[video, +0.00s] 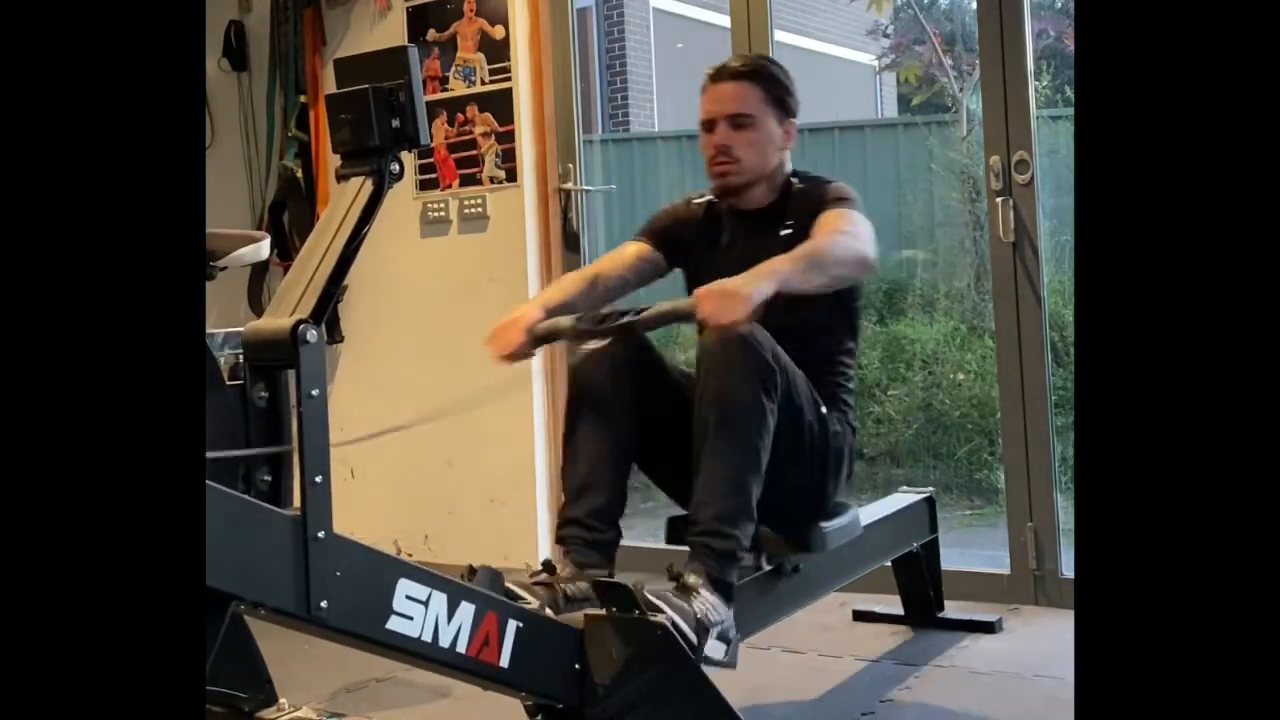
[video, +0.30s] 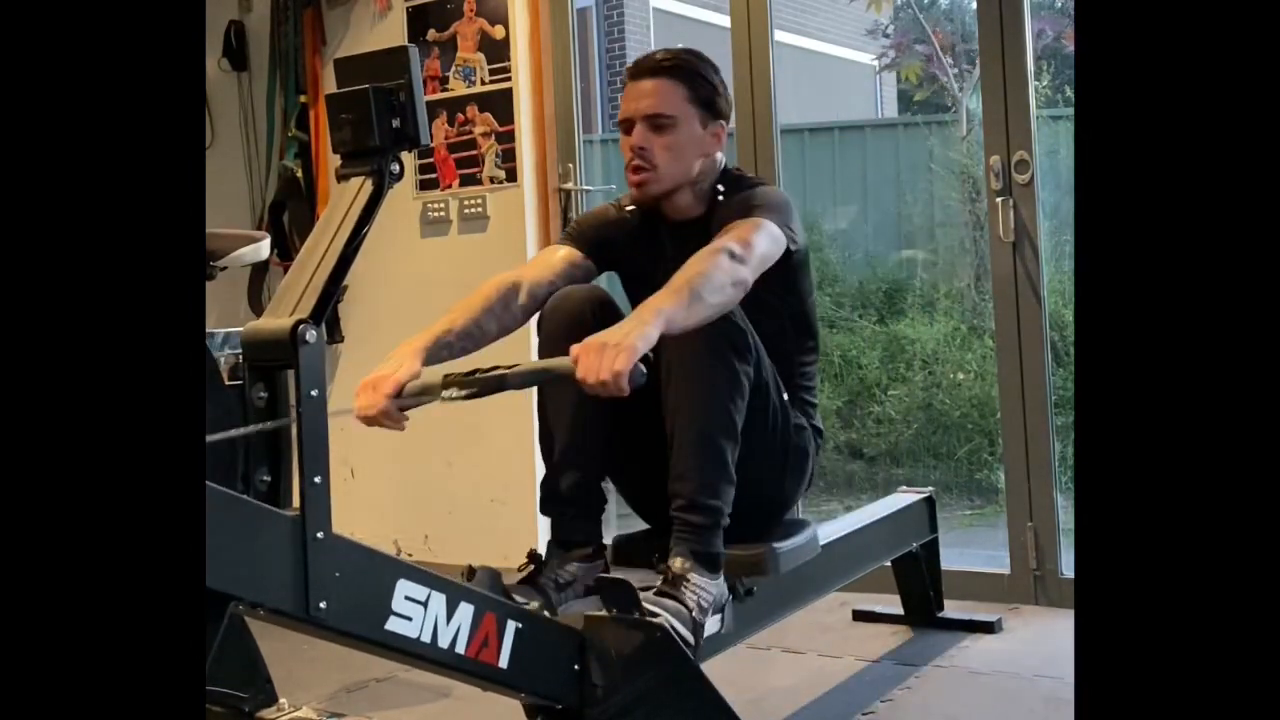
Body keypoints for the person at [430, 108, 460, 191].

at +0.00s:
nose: (446, 118)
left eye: (446, 116)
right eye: (445, 116)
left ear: (442, 116)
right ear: (440, 116)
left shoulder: (443, 125)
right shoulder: (437, 123)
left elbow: (453, 132)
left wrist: (457, 122)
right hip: (440, 147)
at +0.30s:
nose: (446, 118)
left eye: (446, 115)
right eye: (445, 115)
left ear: (443, 116)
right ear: (440, 116)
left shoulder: (443, 125)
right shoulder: (437, 123)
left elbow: (453, 132)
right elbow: (439, 138)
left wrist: (457, 122)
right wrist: (442, 150)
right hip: (439, 147)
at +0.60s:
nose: (446, 118)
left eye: (446, 115)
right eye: (445, 115)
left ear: (443, 116)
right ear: (440, 116)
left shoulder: (443, 125)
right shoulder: (437, 123)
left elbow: (453, 132)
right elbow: (439, 137)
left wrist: (457, 122)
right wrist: (442, 150)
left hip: (442, 146)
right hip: (439, 147)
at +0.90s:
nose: (446, 118)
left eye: (446, 115)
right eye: (444, 115)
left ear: (444, 116)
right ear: (440, 116)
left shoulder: (443, 124)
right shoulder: (437, 124)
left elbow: (453, 132)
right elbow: (439, 139)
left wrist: (457, 122)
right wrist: (442, 150)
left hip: (443, 148)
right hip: (439, 148)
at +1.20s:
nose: (446, 118)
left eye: (446, 116)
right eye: (444, 116)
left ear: (444, 116)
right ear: (440, 116)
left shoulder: (443, 124)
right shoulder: (437, 124)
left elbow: (453, 132)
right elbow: (438, 139)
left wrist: (457, 122)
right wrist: (442, 150)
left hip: (443, 148)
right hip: (439, 148)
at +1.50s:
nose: (446, 117)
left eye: (446, 115)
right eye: (444, 115)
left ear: (444, 116)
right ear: (440, 116)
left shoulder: (443, 124)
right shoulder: (437, 124)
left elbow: (453, 132)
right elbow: (438, 139)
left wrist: (457, 122)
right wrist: (442, 150)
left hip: (443, 148)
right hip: (439, 148)